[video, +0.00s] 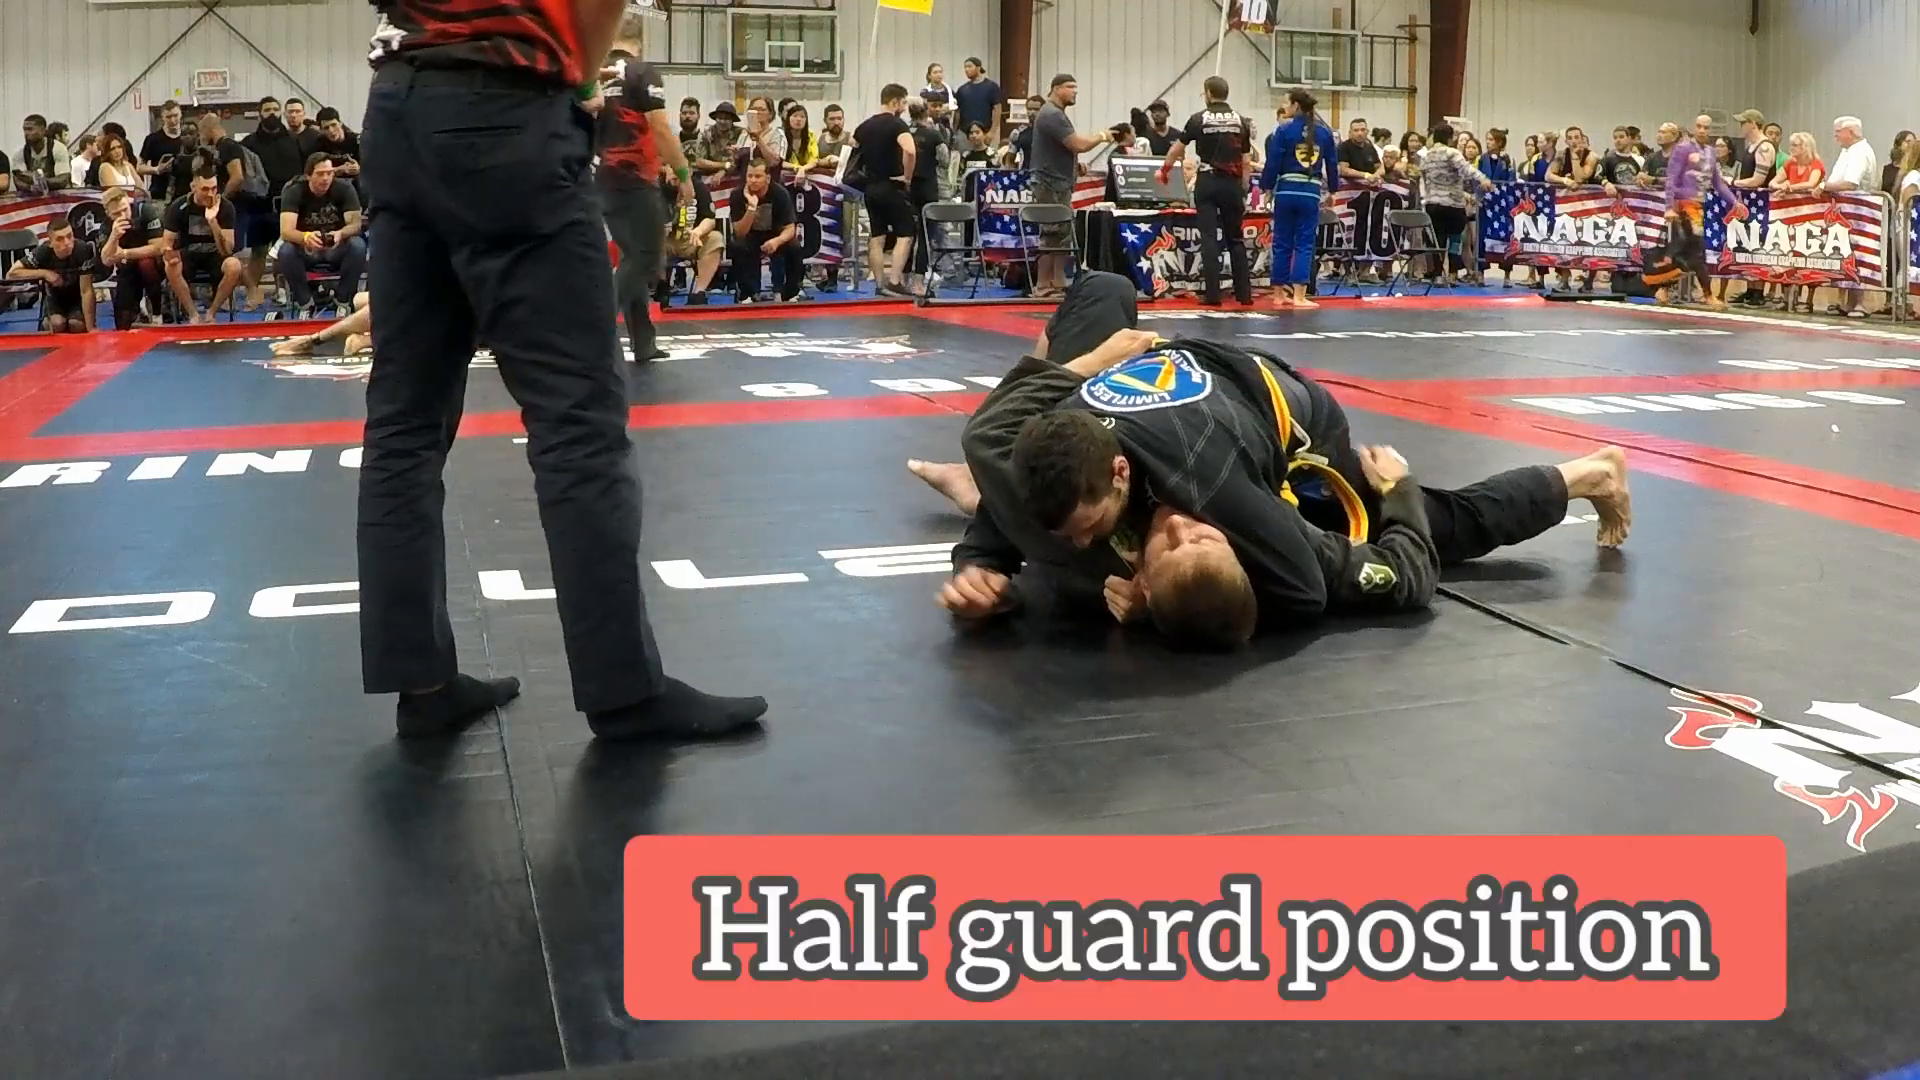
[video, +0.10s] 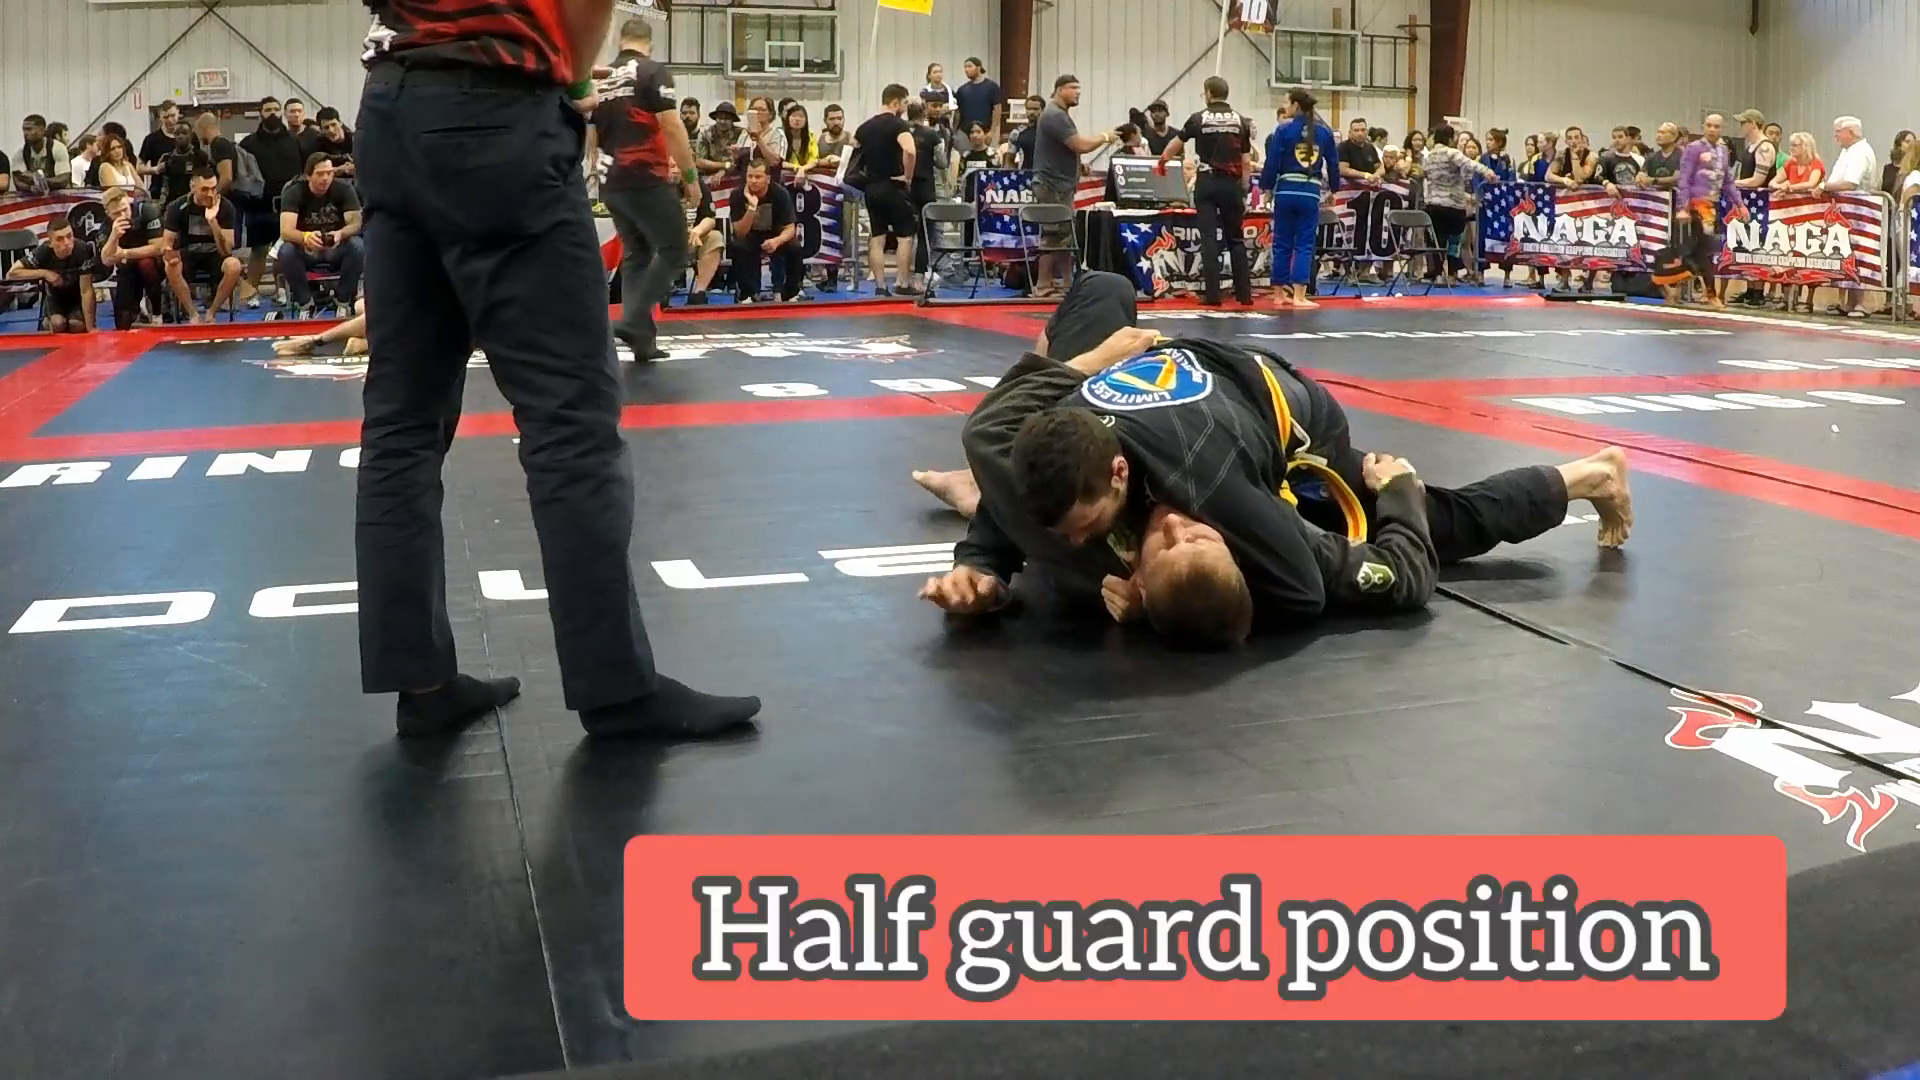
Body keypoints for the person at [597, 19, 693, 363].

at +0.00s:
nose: (645, 42)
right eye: (643, 37)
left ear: (612, 37)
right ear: (640, 39)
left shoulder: (596, 71)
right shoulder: (644, 72)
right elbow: (660, 128)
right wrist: (683, 173)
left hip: (605, 176)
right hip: (636, 179)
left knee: (634, 259)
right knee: (646, 259)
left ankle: (644, 345)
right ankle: (597, 321)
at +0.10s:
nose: (645, 49)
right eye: (648, 44)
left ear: (620, 41)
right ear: (649, 43)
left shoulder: (603, 78)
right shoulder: (654, 72)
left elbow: (593, 136)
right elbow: (673, 128)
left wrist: (593, 170)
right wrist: (691, 177)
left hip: (612, 181)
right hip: (648, 180)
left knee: (635, 255)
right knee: (674, 251)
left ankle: (642, 342)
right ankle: (633, 322)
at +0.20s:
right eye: (658, 41)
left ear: (631, 40)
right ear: (659, 41)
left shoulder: (610, 80)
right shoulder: (666, 72)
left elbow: (606, 137)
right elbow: (684, 127)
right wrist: (700, 177)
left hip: (624, 181)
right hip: (661, 178)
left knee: (639, 254)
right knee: (687, 251)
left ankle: (644, 343)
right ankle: (679, 333)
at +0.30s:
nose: (667, 49)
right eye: (668, 44)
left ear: (639, 44)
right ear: (669, 44)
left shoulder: (619, 80)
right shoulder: (679, 74)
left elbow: (613, 138)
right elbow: (698, 128)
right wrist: (714, 177)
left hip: (634, 186)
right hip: (674, 183)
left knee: (642, 259)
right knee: (699, 260)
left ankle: (643, 344)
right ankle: (720, 340)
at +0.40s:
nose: (675, 48)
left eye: (667, 42)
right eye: (680, 43)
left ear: (658, 44)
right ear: (687, 44)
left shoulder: (636, 81)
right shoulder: (700, 77)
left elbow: (629, 141)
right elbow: (721, 131)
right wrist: (733, 183)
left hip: (651, 188)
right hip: (692, 186)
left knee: (650, 262)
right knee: (716, 261)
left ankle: (643, 342)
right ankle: (741, 338)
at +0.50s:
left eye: (681, 42)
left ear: (674, 45)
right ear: (701, 45)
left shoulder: (651, 81)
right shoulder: (720, 78)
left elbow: (640, 140)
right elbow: (738, 135)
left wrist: (648, 177)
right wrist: (750, 180)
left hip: (663, 187)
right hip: (707, 187)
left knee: (661, 260)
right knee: (727, 262)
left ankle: (645, 340)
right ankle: (741, 341)